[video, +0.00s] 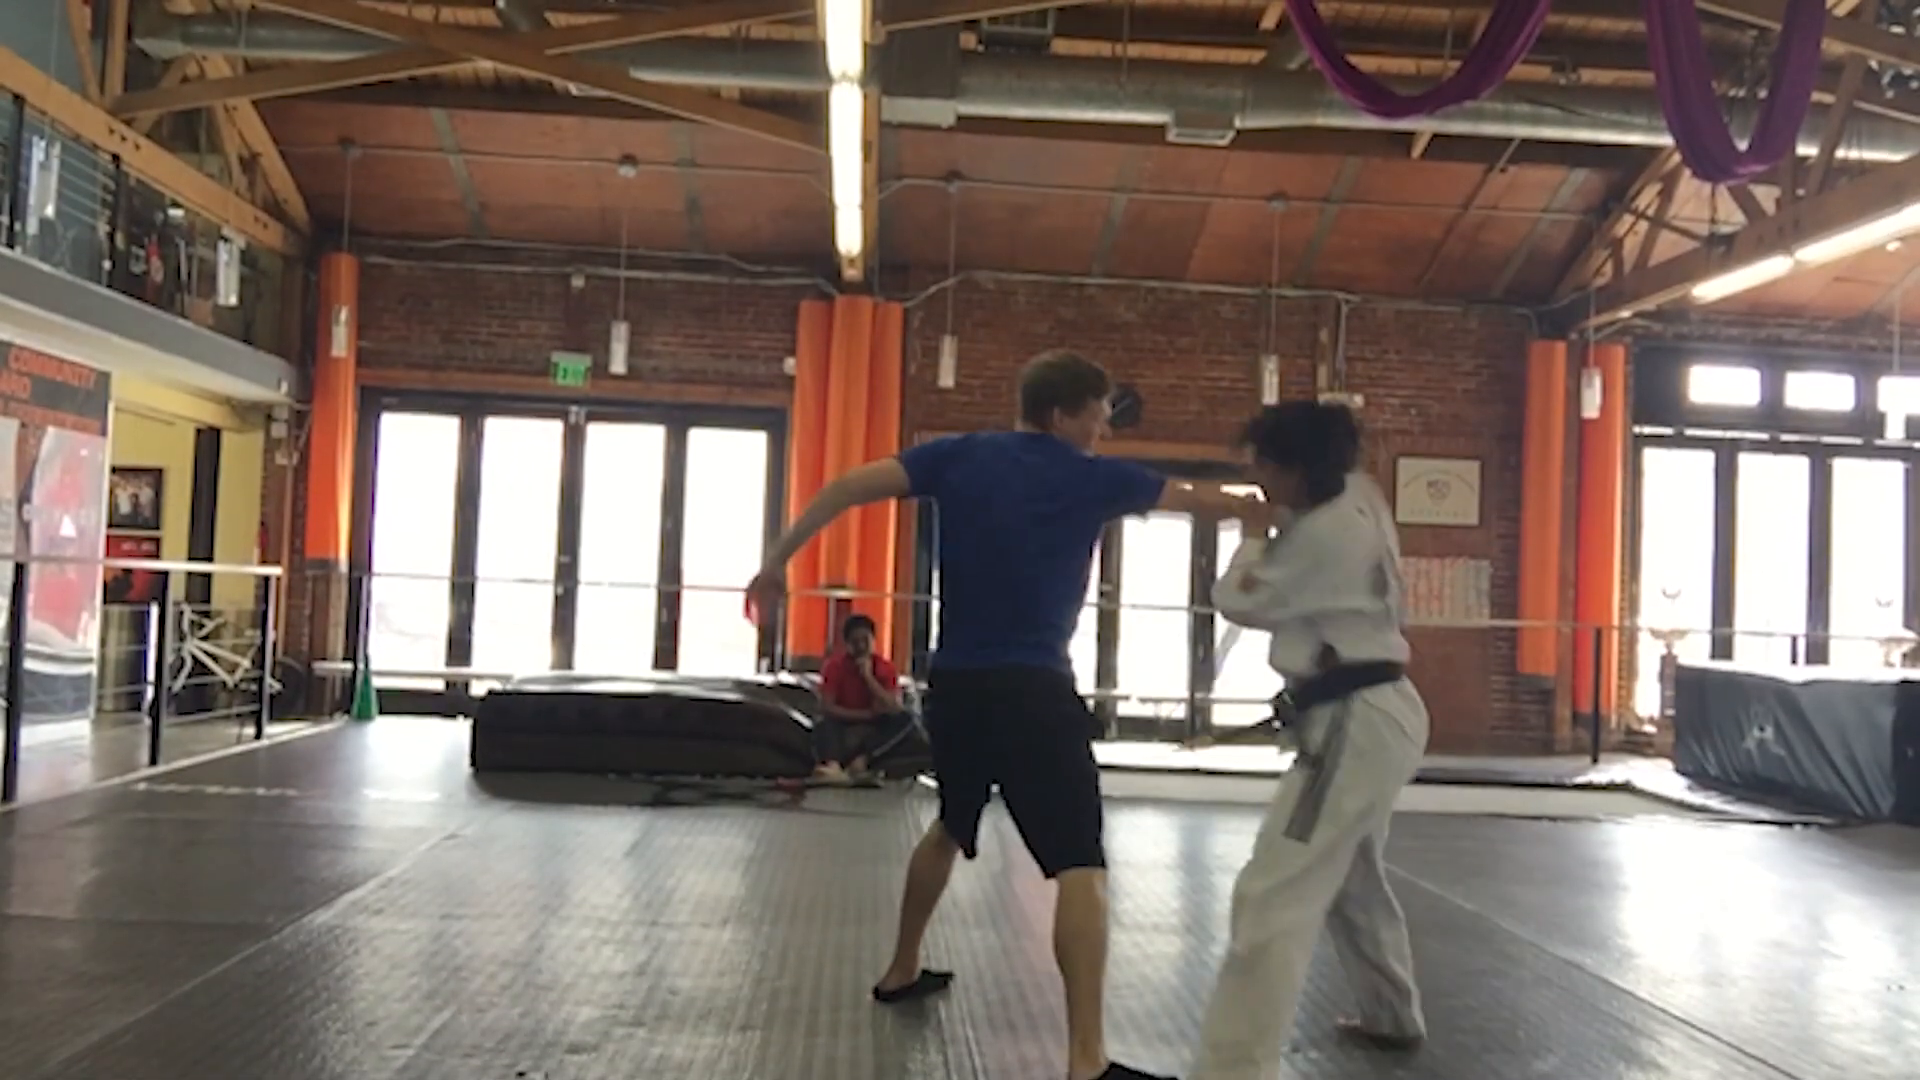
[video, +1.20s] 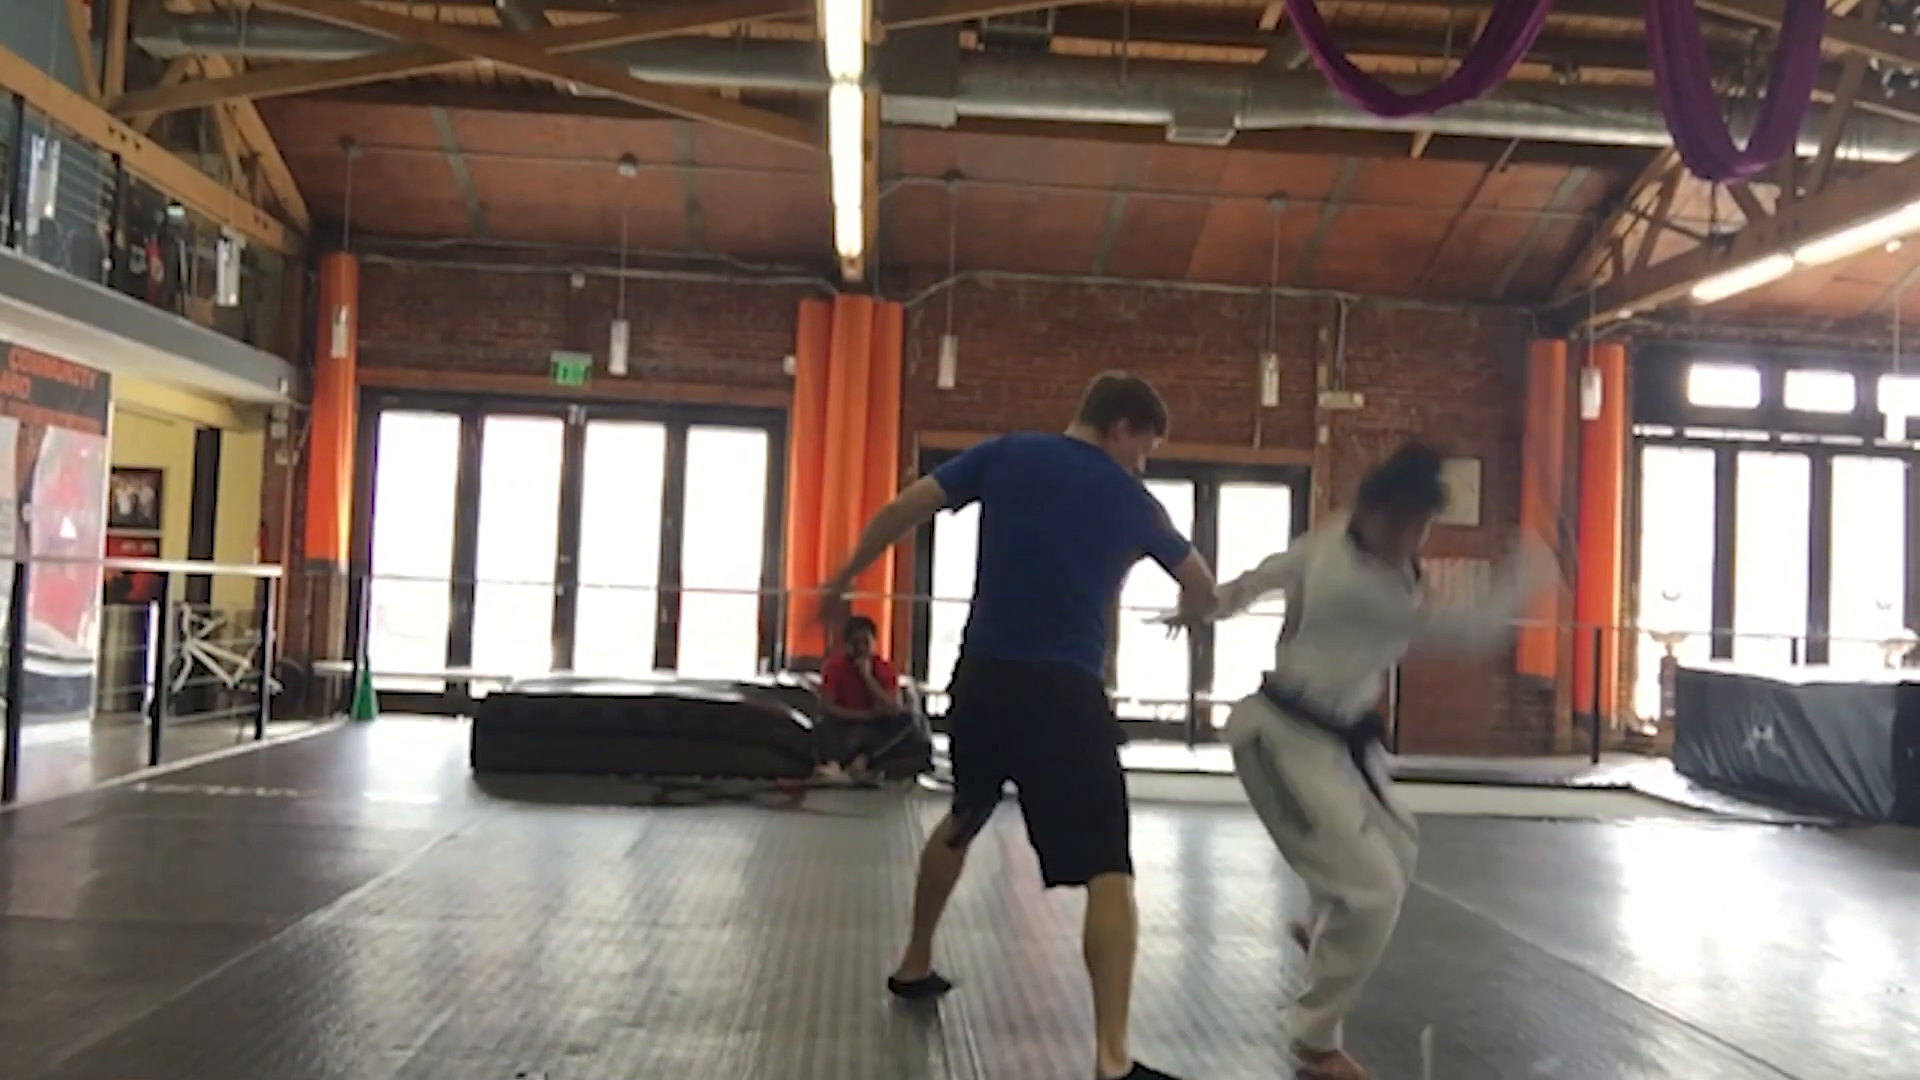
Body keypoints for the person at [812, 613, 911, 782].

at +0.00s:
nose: (861, 646)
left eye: (865, 640)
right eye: (855, 641)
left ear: (872, 640)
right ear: (846, 643)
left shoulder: (885, 668)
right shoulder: (834, 667)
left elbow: (893, 707)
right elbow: (827, 708)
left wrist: (868, 676)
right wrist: (868, 713)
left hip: (875, 720)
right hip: (842, 721)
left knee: (904, 720)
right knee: (824, 726)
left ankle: (863, 761)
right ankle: (831, 764)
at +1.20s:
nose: (862, 648)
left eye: (866, 642)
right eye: (856, 642)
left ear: (873, 642)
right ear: (847, 644)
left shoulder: (884, 668)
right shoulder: (834, 667)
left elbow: (892, 708)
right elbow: (827, 707)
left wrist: (867, 676)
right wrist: (868, 714)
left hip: (875, 721)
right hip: (843, 723)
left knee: (906, 721)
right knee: (822, 729)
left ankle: (866, 761)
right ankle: (832, 765)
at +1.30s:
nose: (861, 646)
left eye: (865, 640)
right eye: (855, 641)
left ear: (873, 640)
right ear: (847, 643)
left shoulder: (884, 667)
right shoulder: (834, 666)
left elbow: (892, 707)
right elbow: (827, 706)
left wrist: (868, 676)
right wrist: (869, 713)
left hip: (875, 720)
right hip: (842, 720)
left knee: (906, 720)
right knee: (821, 729)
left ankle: (866, 759)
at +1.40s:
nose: (861, 645)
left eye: (865, 639)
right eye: (856, 640)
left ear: (873, 638)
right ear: (847, 641)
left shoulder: (884, 665)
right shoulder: (834, 664)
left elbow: (892, 706)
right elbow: (827, 705)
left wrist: (868, 675)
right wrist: (869, 711)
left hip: (875, 718)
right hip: (842, 719)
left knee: (906, 718)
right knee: (821, 729)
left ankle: (866, 757)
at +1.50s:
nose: (861, 647)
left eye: (865, 641)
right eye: (856, 642)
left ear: (873, 641)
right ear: (847, 643)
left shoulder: (885, 668)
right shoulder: (833, 666)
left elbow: (892, 708)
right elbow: (827, 706)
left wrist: (868, 676)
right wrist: (868, 713)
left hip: (875, 719)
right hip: (842, 720)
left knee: (906, 719)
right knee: (823, 727)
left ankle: (865, 759)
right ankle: (833, 763)